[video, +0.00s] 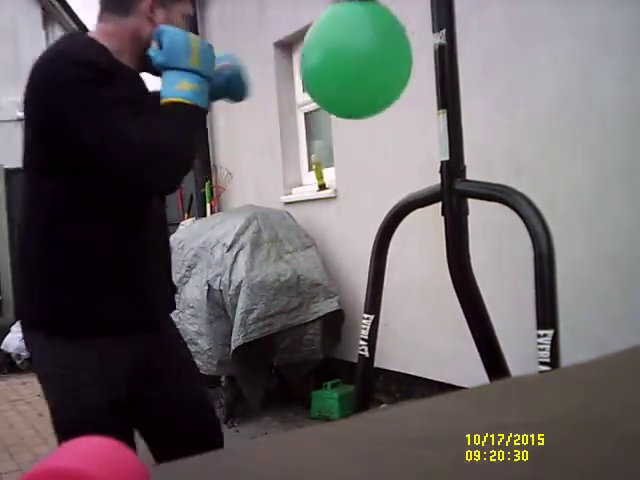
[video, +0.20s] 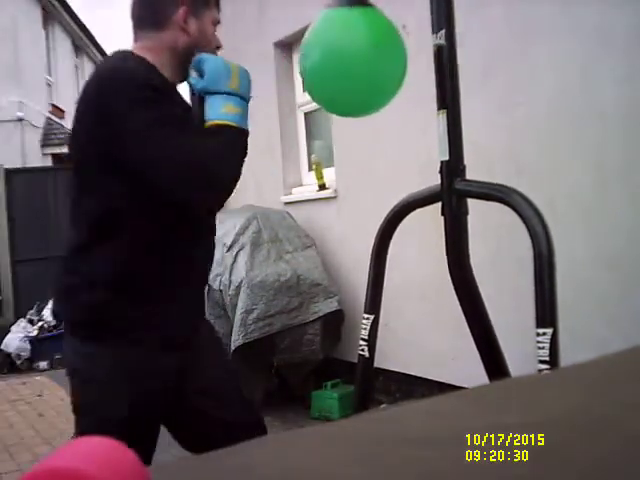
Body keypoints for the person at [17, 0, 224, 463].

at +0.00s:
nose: (186, 38)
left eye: (188, 25)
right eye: (184, 21)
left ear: (148, 14)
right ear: (150, 12)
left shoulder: (120, 79)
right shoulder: (70, 68)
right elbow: (157, 170)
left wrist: (198, 91)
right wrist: (183, 84)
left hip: (137, 317)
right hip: (77, 326)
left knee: (200, 455)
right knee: (102, 469)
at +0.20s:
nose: (218, 40)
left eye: (218, 26)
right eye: (214, 24)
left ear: (182, 20)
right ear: (185, 19)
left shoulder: (157, 95)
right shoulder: (123, 84)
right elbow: (204, 187)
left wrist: (210, 107)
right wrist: (228, 107)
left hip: (171, 326)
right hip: (119, 332)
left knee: (244, 450)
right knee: (109, 470)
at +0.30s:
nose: (247, 31)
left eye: (246, 17)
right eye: (243, 15)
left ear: (211, 16)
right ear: (214, 14)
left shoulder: (191, 91)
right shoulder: (139, 80)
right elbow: (188, 184)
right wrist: (241, 114)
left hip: (191, 323)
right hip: (119, 327)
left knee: (246, 461)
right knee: (99, 471)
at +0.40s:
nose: (255, 21)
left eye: (253, 8)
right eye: (249, 6)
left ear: (214, 11)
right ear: (217, 8)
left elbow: (253, 97)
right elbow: (163, 168)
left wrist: (299, 75)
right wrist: (230, 101)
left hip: (191, 297)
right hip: (115, 299)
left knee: (231, 451)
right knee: (84, 458)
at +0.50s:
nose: (245, 23)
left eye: (244, 9)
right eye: (241, 8)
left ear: (207, 9)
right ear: (211, 7)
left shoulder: (197, 77)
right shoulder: (129, 70)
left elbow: (228, 107)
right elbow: (164, 162)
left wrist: (288, 88)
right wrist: (216, 91)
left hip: (189, 295)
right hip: (122, 297)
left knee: (230, 446)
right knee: (91, 455)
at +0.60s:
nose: (230, 29)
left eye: (230, 13)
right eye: (226, 12)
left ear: (193, 11)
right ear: (195, 9)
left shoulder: (190, 83)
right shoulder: (127, 72)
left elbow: (193, 155)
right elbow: (166, 160)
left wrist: (243, 147)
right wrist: (221, 101)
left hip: (184, 301)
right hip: (123, 303)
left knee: (227, 446)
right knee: (97, 457)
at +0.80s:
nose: (191, 40)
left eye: (192, 27)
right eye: (187, 24)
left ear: (152, 20)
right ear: (153, 16)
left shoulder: (133, 94)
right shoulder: (85, 82)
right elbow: (128, 168)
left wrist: (190, 142)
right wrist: (183, 117)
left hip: (150, 321)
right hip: (85, 325)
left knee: (213, 450)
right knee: (73, 468)